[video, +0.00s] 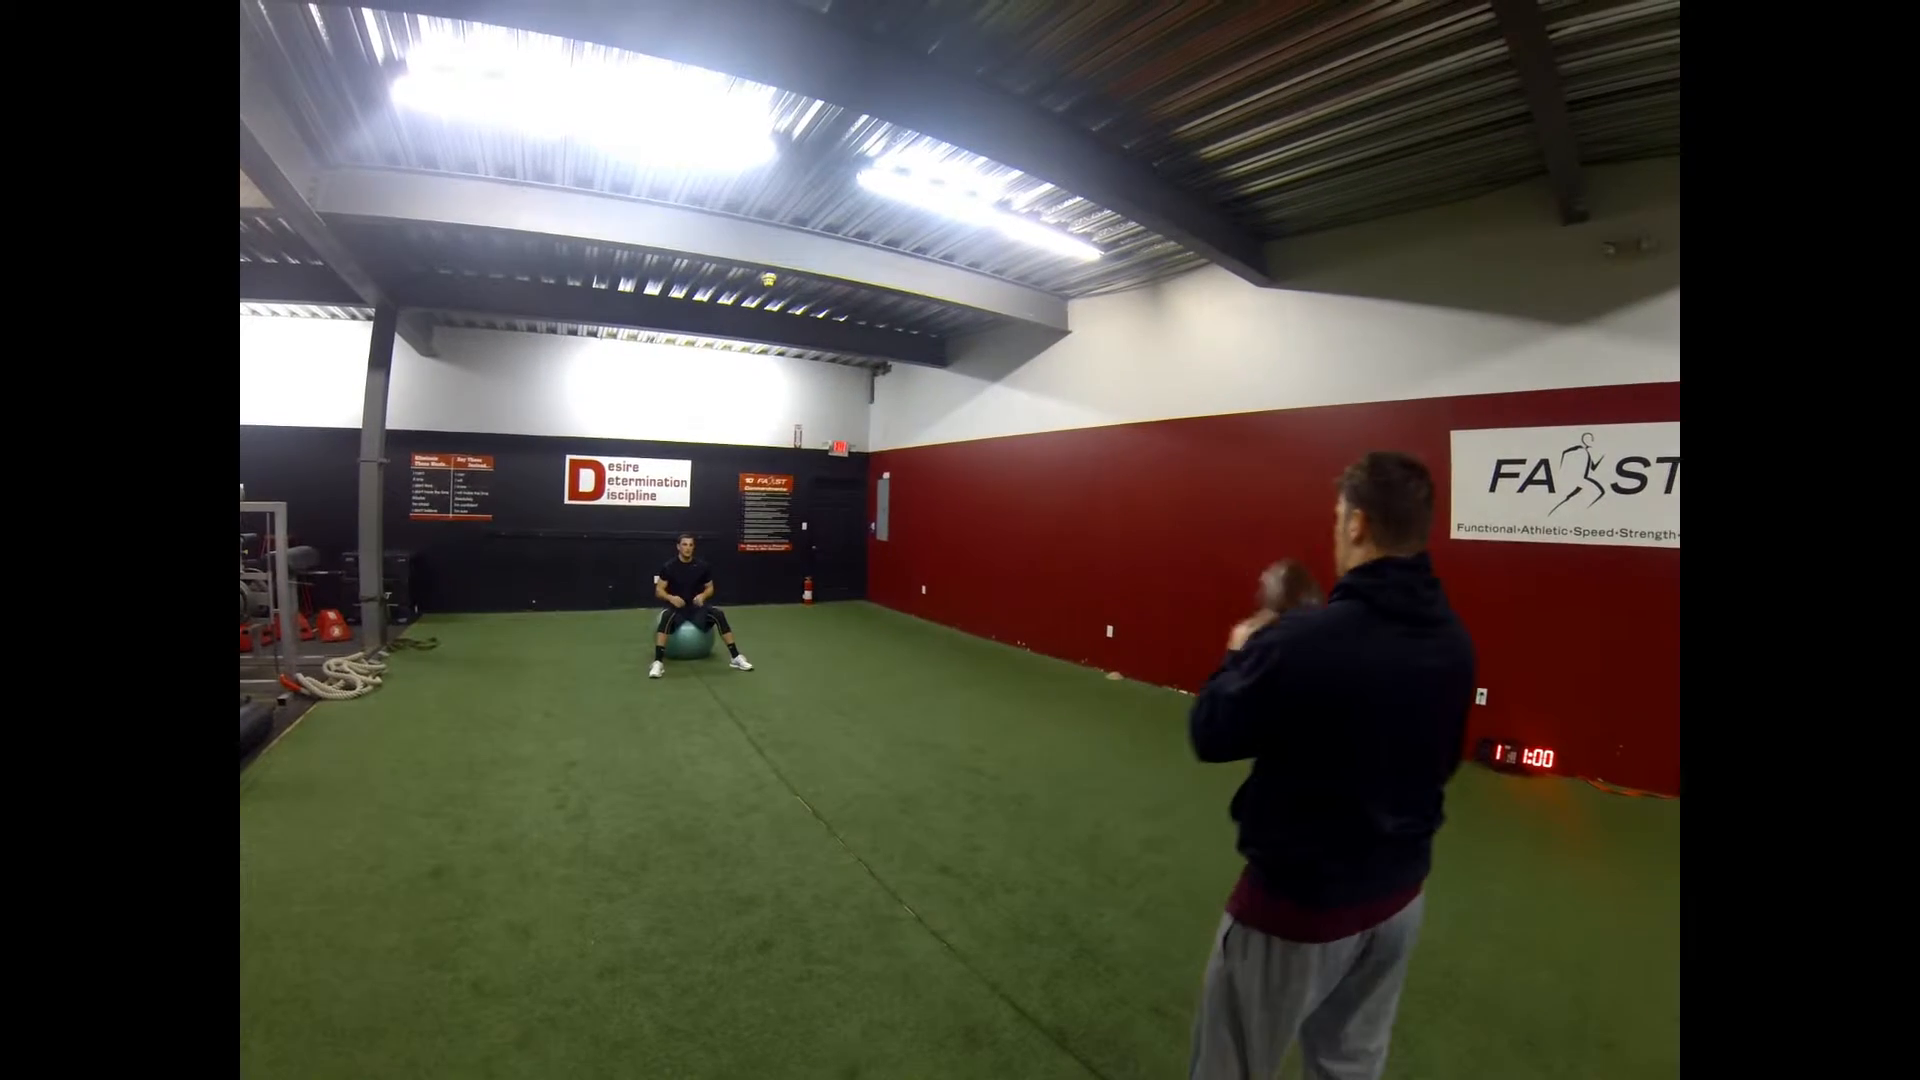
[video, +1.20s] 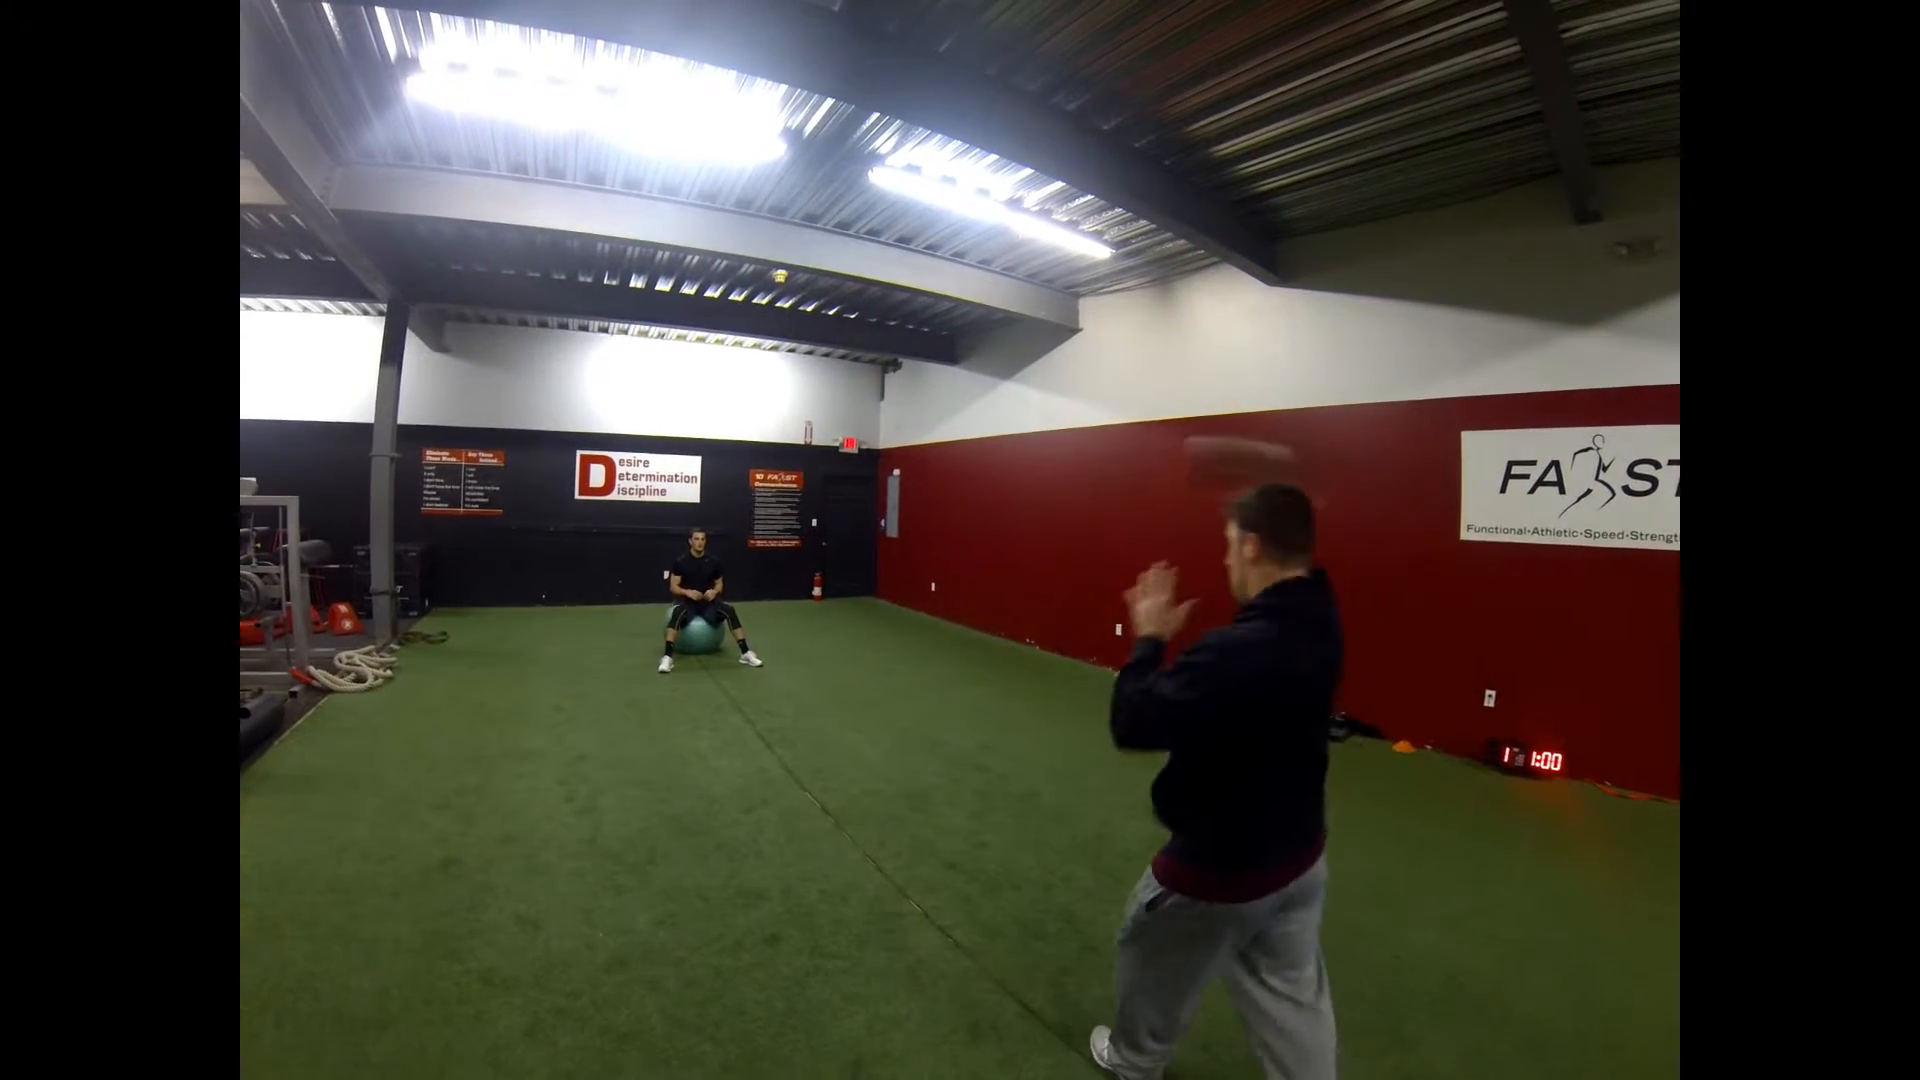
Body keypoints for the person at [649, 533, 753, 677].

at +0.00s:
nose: (687, 548)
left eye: (690, 545)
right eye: (684, 545)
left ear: (694, 548)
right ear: (678, 547)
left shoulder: (702, 566)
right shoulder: (669, 567)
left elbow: (710, 588)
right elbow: (659, 590)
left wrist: (702, 596)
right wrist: (671, 598)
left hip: (697, 608)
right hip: (677, 608)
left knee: (718, 614)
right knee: (666, 615)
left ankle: (736, 657)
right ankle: (658, 662)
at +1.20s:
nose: (699, 542)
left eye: (702, 539)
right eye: (696, 539)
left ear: (705, 542)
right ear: (690, 541)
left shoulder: (713, 561)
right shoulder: (681, 563)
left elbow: (719, 584)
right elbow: (673, 587)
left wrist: (714, 591)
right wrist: (688, 592)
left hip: (708, 602)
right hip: (688, 602)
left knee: (729, 610)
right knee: (677, 612)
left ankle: (745, 653)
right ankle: (667, 656)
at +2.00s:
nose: (707, 561)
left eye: (709, 557)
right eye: (705, 557)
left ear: (712, 556)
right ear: (696, 553)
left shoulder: (714, 569)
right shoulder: (683, 568)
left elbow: (727, 593)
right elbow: (678, 595)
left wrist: (724, 596)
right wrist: (703, 597)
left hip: (711, 607)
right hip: (690, 608)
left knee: (734, 618)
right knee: (679, 620)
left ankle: (750, 660)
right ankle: (671, 664)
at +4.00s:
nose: (689, 556)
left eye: (692, 553)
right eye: (686, 552)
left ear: (695, 556)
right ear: (680, 554)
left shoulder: (701, 574)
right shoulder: (670, 574)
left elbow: (708, 597)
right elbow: (659, 599)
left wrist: (703, 605)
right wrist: (674, 607)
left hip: (696, 615)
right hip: (676, 615)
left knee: (720, 624)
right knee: (667, 625)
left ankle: (737, 666)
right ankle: (658, 669)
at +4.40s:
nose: (689, 559)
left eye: (692, 556)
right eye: (686, 555)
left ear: (695, 559)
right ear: (680, 558)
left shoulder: (702, 577)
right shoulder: (671, 578)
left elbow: (710, 600)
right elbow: (661, 602)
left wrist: (704, 610)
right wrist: (675, 610)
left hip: (698, 618)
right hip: (679, 619)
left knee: (720, 627)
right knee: (668, 630)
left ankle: (737, 669)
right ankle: (658, 673)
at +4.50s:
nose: (690, 561)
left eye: (693, 558)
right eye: (687, 558)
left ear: (696, 561)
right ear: (681, 560)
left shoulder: (703, 580)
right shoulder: (671, 581)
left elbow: (710, 603)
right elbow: (662, 604)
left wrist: (705, 613)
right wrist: (678, 613)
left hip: (699, 621)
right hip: (679, 622)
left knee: (721, 629)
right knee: (668, 631)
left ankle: (737, 671)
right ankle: (659, 675)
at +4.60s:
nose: (690, 563)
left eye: (693, 560)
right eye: (687, 560)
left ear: (697, 563)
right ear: (681, 562)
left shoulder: (703, 582)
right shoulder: (671, 582)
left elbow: (710, 604)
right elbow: (662, 606)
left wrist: (705, 615)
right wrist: (678, 616)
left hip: (699, 623)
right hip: (679, 624)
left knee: (721, 629)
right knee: (669, 631)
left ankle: (737, 672)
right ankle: (659, 676)